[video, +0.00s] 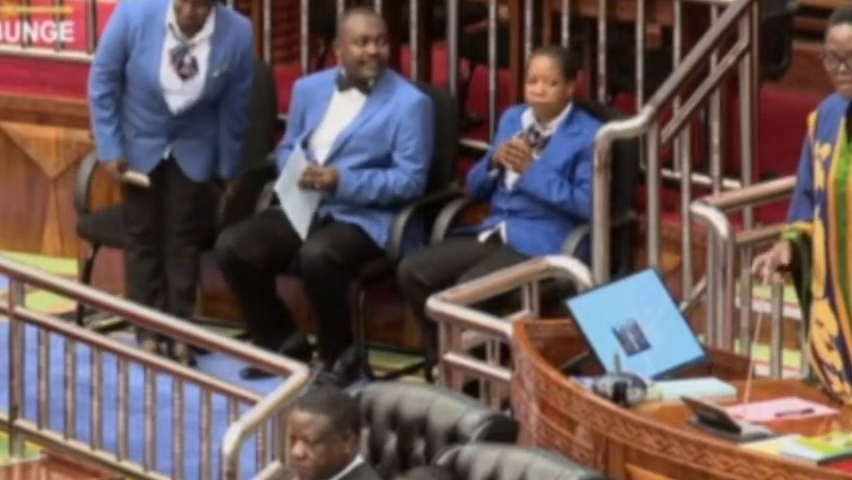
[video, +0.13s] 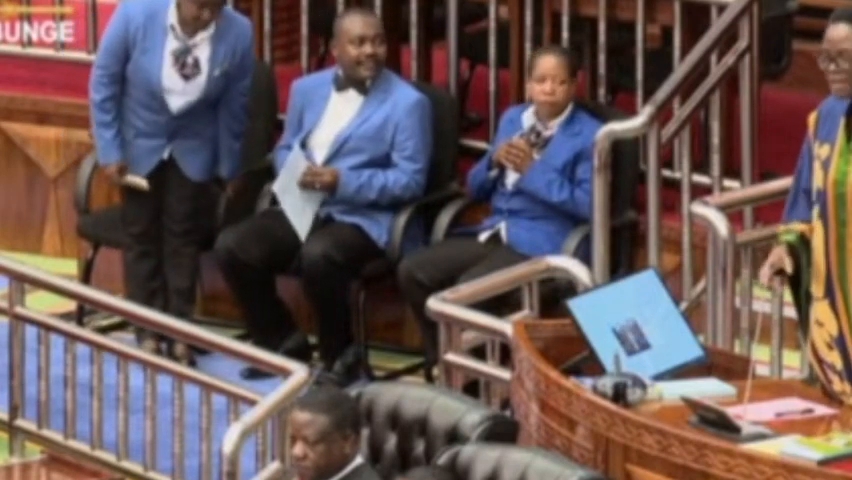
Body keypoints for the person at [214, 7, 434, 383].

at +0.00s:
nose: (372, 51)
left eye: (379, 42)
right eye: (361, 43)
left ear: (388, 46)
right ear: (339, 48)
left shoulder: (410, 103)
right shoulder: (307, 90)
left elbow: (410, 181)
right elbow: (286, 148)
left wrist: (341, 181)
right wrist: (298, 170)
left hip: (365, 218)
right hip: (302, 210)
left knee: (319, 258)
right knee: (235, 248)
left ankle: (339, 358)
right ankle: (282, 343)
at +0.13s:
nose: (368, 51)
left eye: (375, 42)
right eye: (357, 43)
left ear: (385, 46)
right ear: (335, 50)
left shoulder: (408, 103)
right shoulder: (305, 90)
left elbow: (410, 181)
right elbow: (283, 150)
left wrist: (341, 181)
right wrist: (297, 172)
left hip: (364, 217)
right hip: (301, 210)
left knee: (319, 257)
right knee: (235, 248)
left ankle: (339, 359)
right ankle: (282, 343)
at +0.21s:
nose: (366, 52)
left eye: (373, 42)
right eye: (355, 44)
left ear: (382, 45)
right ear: (333, 50)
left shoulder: (406, 103)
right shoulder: (304, 90)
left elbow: (410, 181)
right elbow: (282, 151)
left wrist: (341, 181)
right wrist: (297, 173)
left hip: (364, 217)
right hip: (300, 210)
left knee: (319, 257)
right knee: (235, 248)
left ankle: (339, 359)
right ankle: (282, 343)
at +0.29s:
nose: (363, 52)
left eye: (370, 42)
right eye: (353, 43)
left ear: (380, 46)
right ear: (331, 49)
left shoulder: (405, 103)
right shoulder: (302, 90)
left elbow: (410, 180)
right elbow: (281, 151)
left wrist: (341, 181)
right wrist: (297, 174)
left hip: (362, 217)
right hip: (299, 211)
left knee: (320, 257)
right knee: (234, 249)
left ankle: (339, 358)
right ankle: (281, 343)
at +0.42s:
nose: (360, 52)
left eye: (367, 42)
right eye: (349, 44)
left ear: (377, 46)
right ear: (327, 50)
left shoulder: (402, 102)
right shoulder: (299, 91)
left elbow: (409, 181)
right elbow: (279, 151)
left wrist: (340, 182)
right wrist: (296, 175)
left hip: (361, 217)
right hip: (297, 211)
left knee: (320, 258)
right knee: (234, 249)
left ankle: (339, 358)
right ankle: (282, 343)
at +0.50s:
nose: (358, 53)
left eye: (365, 43)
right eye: (346, 45)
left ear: (375, 47)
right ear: (325, 51)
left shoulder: (400, 103)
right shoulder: (298, 92)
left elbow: (408, 181)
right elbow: (277, 153)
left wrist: (340, 183)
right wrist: (296, 176)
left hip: (360, 216)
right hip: (296, 209)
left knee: (321, 256)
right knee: (235, 248)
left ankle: (339, 357)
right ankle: (281, 344)